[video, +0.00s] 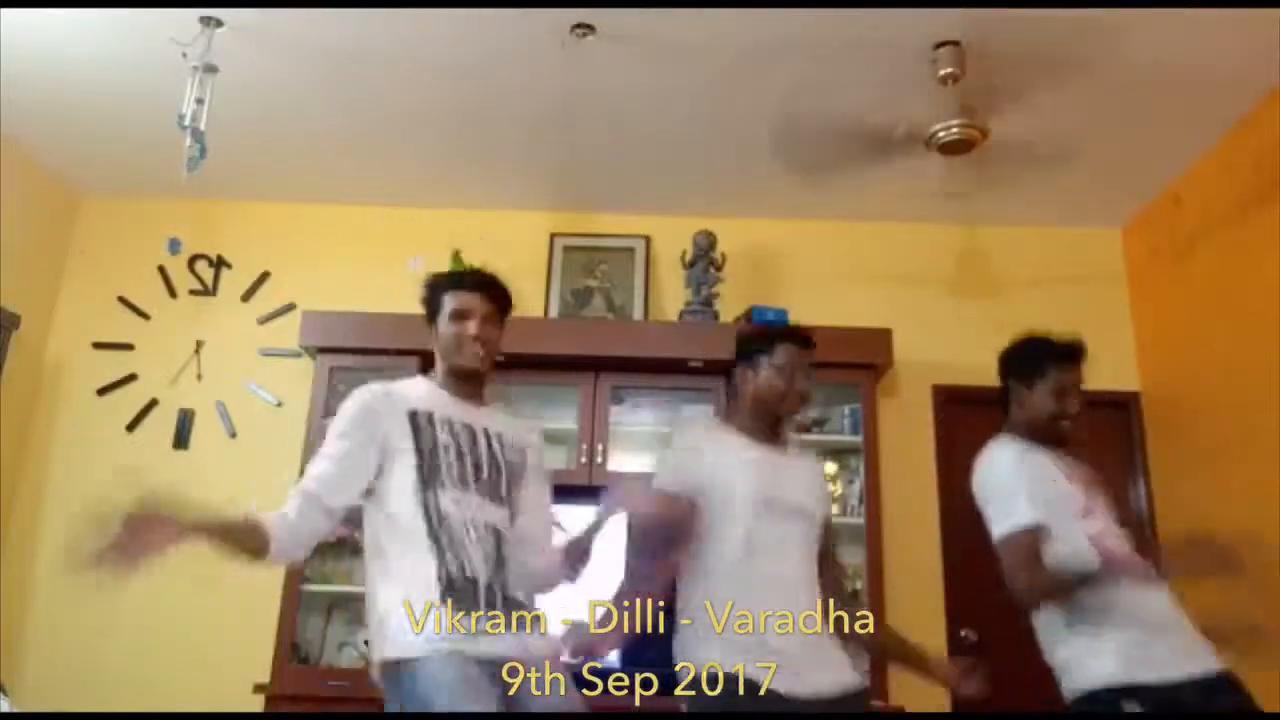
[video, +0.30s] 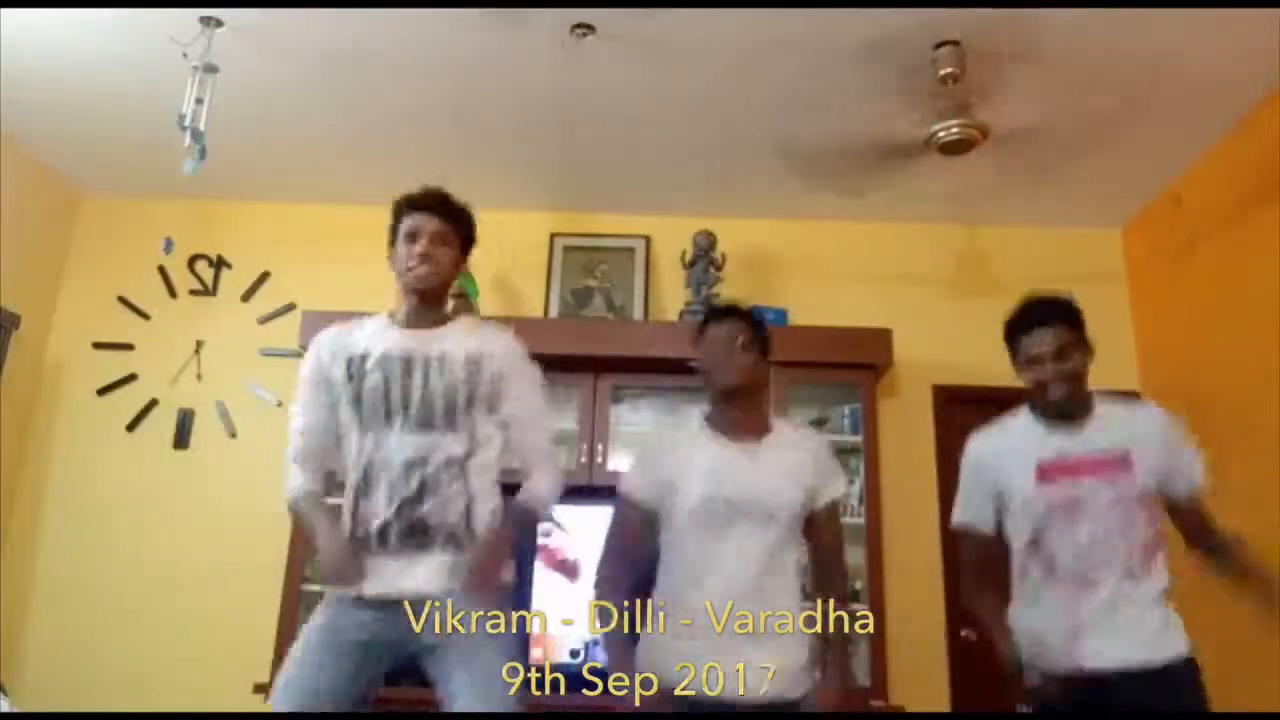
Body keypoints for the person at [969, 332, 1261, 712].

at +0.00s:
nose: (1072, 408)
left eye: (1075, 394)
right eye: (1059, 394)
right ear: (1019, 392)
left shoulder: (1063, 461)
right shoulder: (1003, 461)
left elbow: (1109, 553)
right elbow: (1026, 583)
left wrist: (1191, 560)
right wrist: (1097, 567)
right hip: (1118, 678)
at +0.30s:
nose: (1053, 372)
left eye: (1064, 355)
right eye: (1034, 362)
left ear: (1087, 354)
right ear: (1018, 372)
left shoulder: (1148, 428)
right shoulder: (990, 450)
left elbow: (1204, 536)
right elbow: (978, 582)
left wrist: (1265, 585)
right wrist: (1017, 664)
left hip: (1153, 666)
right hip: (1051, 676)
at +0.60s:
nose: (1009, 362)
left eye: (1022, 347)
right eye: (1003, 352)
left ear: (1067, 346)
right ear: (997, 355)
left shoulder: (1122, 432)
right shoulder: (981, 427)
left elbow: (1140, 569)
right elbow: (936, 534)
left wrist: (1032, 507)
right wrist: (878, 512)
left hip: (1088, 669)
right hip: (987, 662)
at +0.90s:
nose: (962, 416)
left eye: (974, 401)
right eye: (956, 406)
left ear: (1019, 401)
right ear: (950, 412)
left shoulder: (1054, 489)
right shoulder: (953, 489)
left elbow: (999, 626)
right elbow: (931, 592)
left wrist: (898, 670)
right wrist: (873, 660)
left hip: (978, 696)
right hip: (911, 686)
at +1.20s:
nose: (933, 330)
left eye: (948, 314)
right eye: (925, 319)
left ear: (989, 319)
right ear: (920, 326)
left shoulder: (1046, 401)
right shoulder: (905, 405)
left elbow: (1067, 541)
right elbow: (866, 508)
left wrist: (993, 483)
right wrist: (814, 464)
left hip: (1031, 637)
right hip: (932, 633)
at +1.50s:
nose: (989, 407)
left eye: (1003, 395)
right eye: (972, 399)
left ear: (1027, 410)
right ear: (953, 419)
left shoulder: (1075, 507)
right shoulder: (923, 512)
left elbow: (1108, 639)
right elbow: (904, 647)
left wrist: (1134, 704)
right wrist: (917, 707)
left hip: (1053, 685)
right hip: (958, 690)